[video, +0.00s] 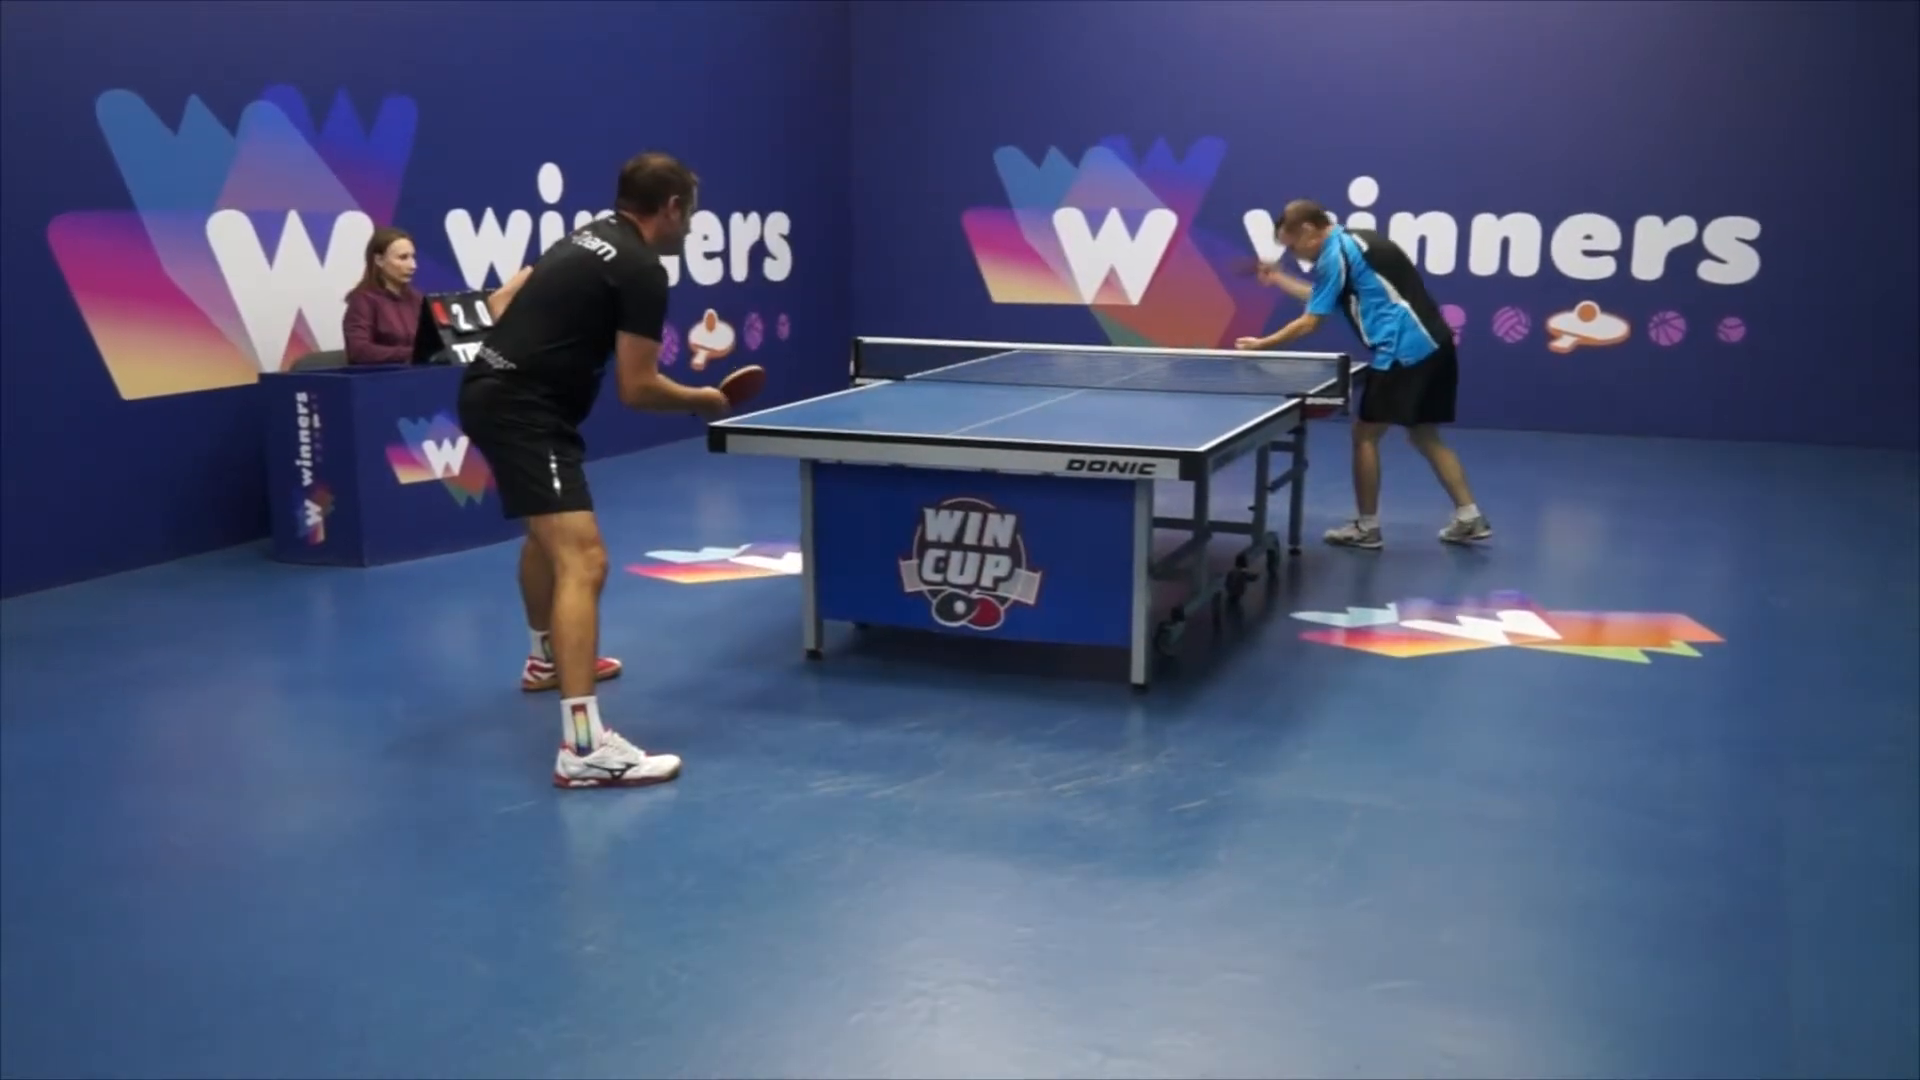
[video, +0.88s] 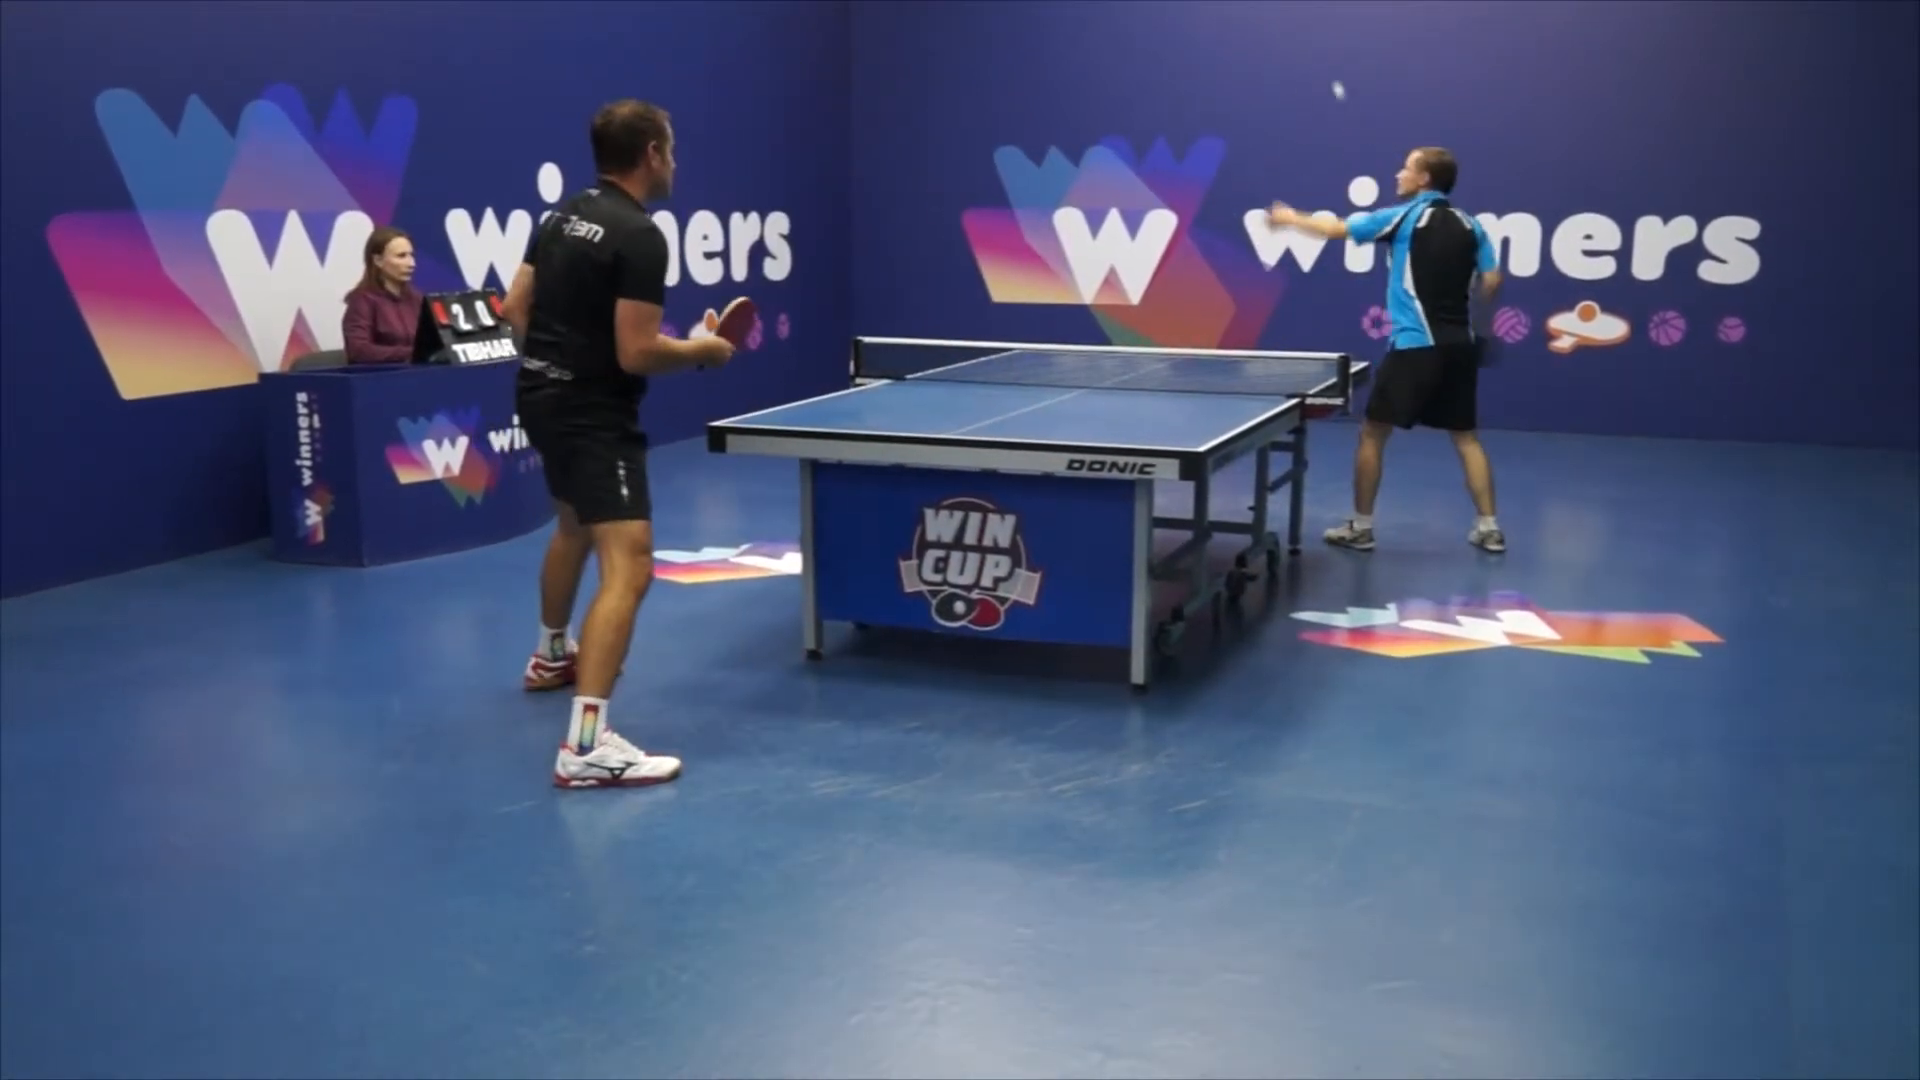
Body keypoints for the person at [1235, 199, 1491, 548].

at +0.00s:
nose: (1293, 253)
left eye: (1292, 245)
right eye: (1289, 247)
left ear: (1311, 230)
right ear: (1317, 228)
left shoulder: (1335, 253)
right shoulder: (1359, 240)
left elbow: (1310, 321)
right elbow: (1323, 297)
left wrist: (1261, 343)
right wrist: (1280, 279)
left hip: (1399, 352)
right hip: (1432, 347)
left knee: (1365, 434)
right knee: (1424, 434)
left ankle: (1367, 526)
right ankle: (1470, 516)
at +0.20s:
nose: (1314, 227)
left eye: (1317, 219)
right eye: (1312, 220)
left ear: (1338, 211)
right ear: (1344, 210)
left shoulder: (1353, 242)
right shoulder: (1384, 228)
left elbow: (1316, 305)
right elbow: (1325, 267)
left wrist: (1270, 336)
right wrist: (1304, 223)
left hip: (1403, 353)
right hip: (1442, 348)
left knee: (1366, 434)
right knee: (1444, 433)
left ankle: (1367, 525)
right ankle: (1486, 518)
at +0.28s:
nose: (1323, 216)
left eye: (1327, 208)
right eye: (1321, 209)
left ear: (1348, 205)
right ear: (1359, 202)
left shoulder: (1360, 238)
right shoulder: (1399, 224)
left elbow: (1315, 290)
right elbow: (1332, 260)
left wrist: (1270, 314)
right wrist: (1323, 204)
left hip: (1403, 358)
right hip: (1445, 351)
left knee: (1366, 435)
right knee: (1451, 435)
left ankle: (1367, 525)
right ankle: (1486, 521)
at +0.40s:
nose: (1346, 197)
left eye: (1350, 191)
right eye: (1345, 190)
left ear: (1370, 195)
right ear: (1383, 195)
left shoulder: (1375, 229)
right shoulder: (1417, 222)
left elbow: (1320, 253)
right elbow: (1353, 239)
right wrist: (1351, 182)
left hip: (1403, 357)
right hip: (1446, 352)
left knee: (1366, 436)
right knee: (1457, 439)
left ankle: (1367, 525)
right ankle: (1488, 525)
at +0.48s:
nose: (1360, 182)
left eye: (1367, 176)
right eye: (1362, 175)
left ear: (1386, 185)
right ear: (1398, 185)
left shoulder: (1382, 221)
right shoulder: (1432, 219)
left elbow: (1316, 219)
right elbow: (1397, 194)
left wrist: (1276, 192)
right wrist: (1378, 161)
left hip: (1403, 355)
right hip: (1450, 352)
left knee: (1367, 436)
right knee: (1460, 439)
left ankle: (1366, 525)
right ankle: (1489, 525)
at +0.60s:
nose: (1378, 179)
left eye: (1385, 173)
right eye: (1381, 172)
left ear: (1409, 181)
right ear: (1419, 184)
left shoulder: (1398, 215)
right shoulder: (1448, 219)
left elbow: (1333, 204)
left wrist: (1291, 177)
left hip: (1409, 352)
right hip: (1453, 351)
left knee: (1370, 435)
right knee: (1463, 438)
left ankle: (1366, 526)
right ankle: (1489, 526)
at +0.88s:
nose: (1398, 175)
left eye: (1406, 169)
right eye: (1402, 168)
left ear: (1424, 179)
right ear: (1436, 182)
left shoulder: (1402, 216)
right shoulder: (1471, 225)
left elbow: (1337, 229)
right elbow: (1491, 281)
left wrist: (1291, 218)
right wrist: (1475, 311)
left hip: (1412, 349)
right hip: (1460, 349)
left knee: (1373, 434)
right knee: (1467, 438)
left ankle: (1361, 526)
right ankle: (1489, 527)